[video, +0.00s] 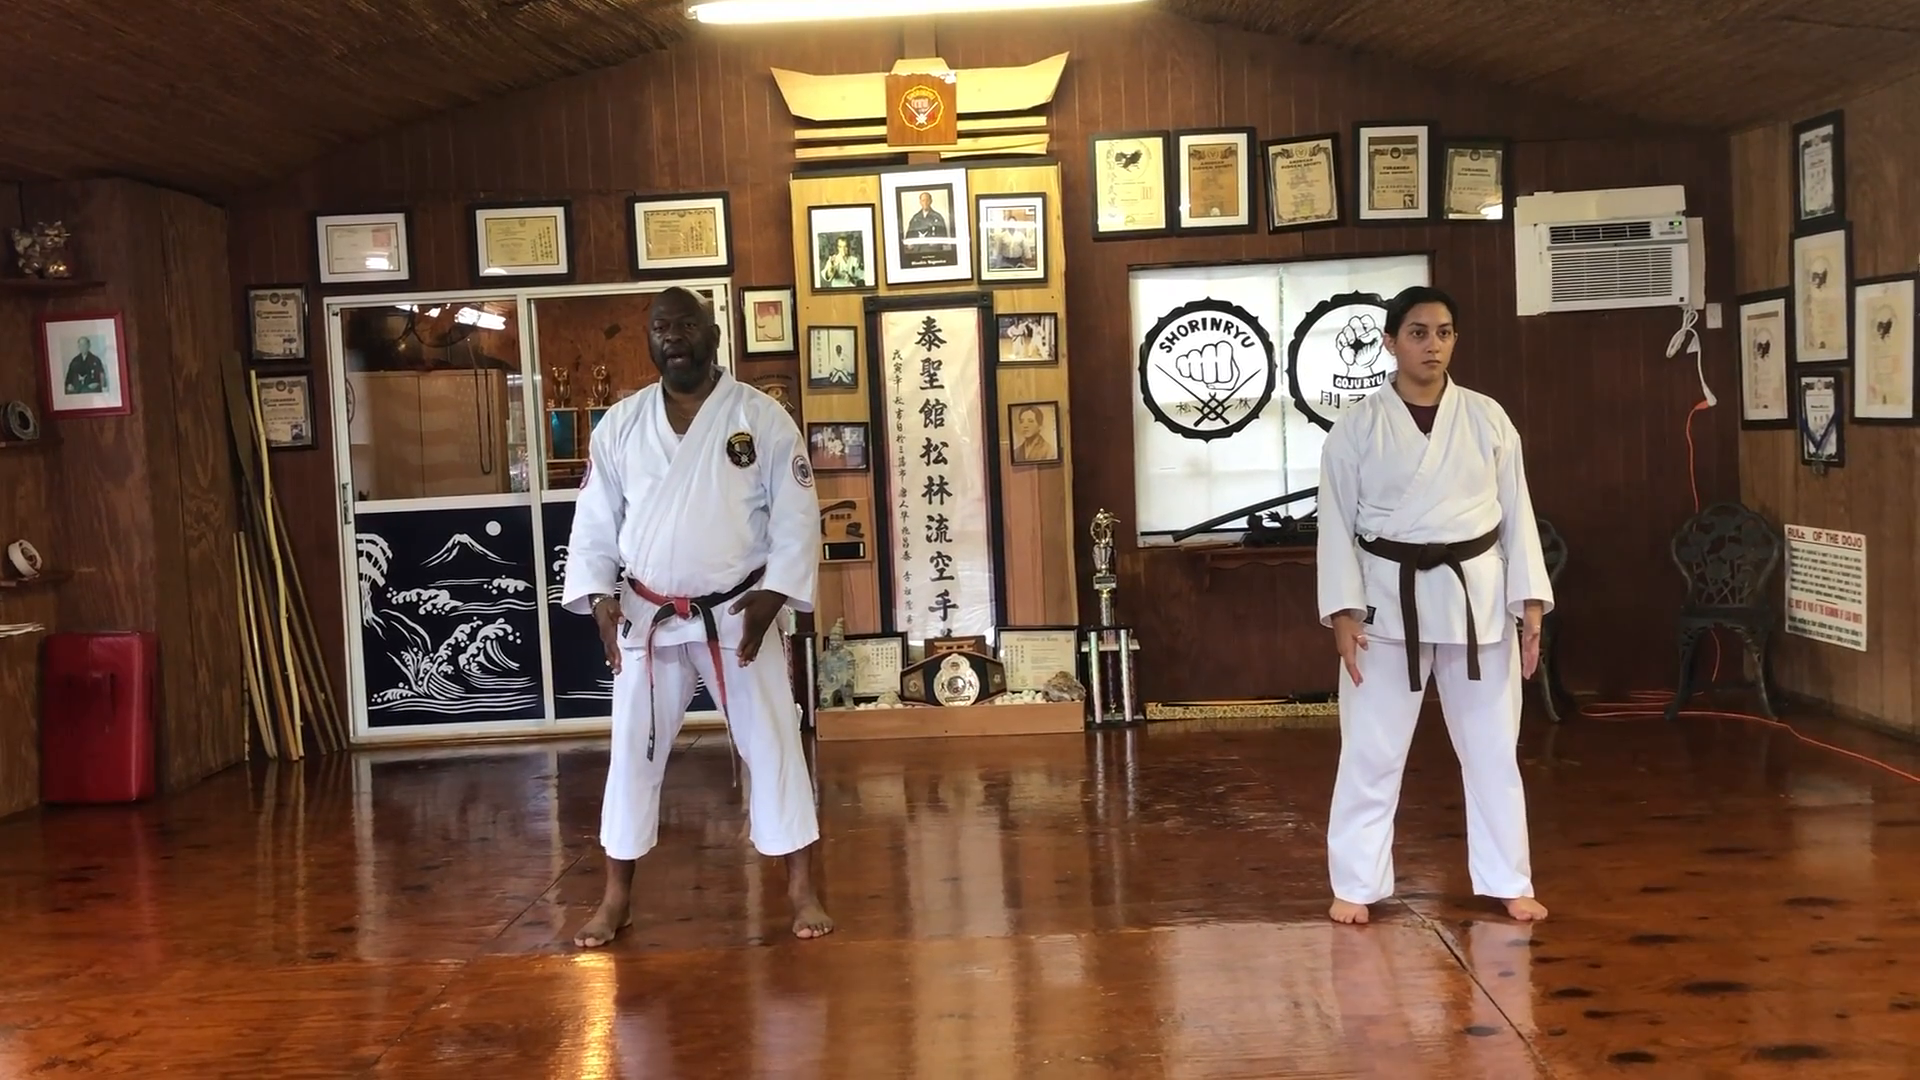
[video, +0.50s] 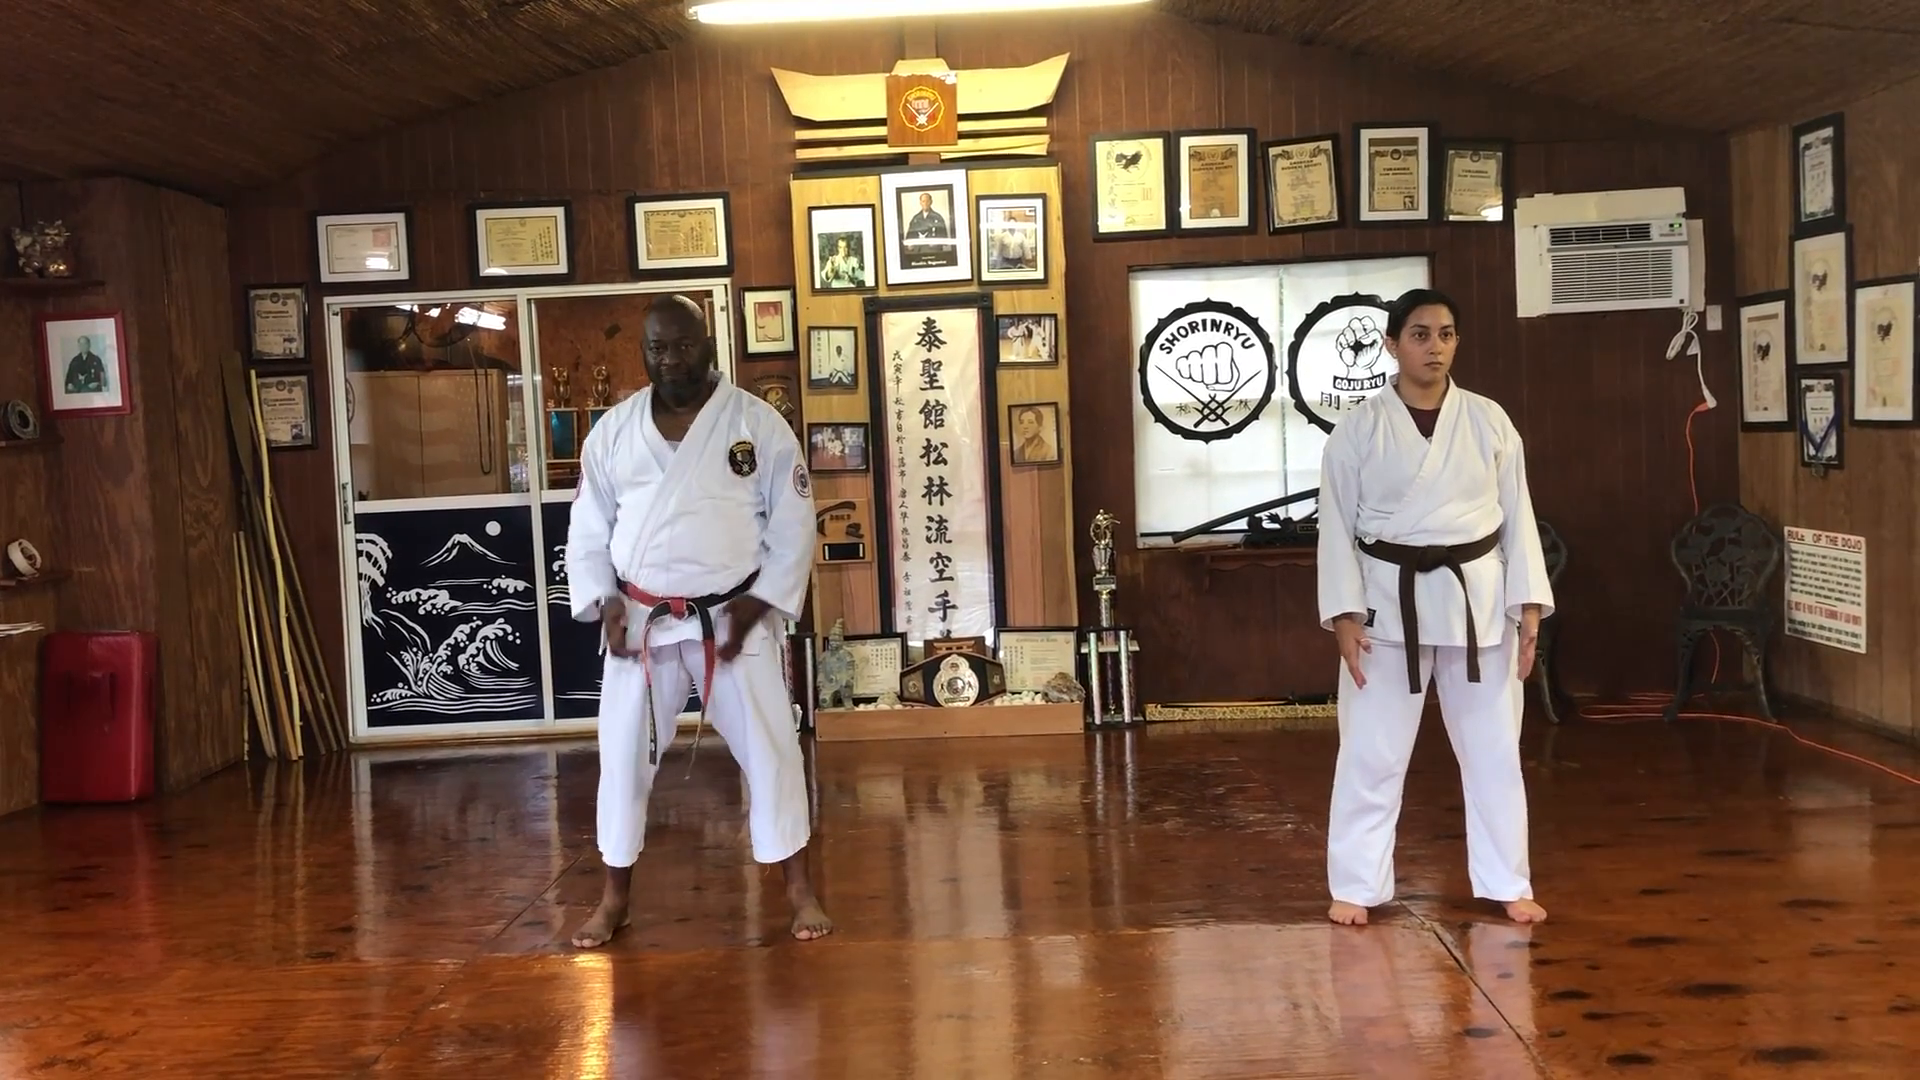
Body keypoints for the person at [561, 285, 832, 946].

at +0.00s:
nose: (673, 338)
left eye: (684, 326)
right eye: (661, 329)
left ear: (714, 334)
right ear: (648, 343)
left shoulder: (762, 418)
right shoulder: (619, 426)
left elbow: (797, 518)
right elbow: (595, 517)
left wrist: (772, 594)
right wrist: (599, 594)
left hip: (738, 607)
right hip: (647, 612)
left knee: (775, 745)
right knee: (631, 752)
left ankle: (804, 889)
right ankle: (614, 901)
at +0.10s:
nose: (673, 340)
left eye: (685, 328)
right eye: (661, 331)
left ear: (714, 335)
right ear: (647, 344)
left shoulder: (761, 418)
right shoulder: (618, 426)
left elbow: (795, 518)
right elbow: (595, 517)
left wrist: (770, 593)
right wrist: (600, 594)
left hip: (737, 608)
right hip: (647, 612)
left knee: (774, 744)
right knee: (631, 751)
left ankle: (803, 889)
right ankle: (614, 900)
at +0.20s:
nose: (673, 341)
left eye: (685, 328)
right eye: (661, 332)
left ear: (714, 335)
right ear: (647, 345)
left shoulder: (762, 420)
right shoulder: (617, 427)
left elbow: (795, 519)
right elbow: (595, 518)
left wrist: (767, 596)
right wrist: (600, 595)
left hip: (738, 609)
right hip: (646, 613)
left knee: (774, 746)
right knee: (630, 752)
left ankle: (803, 889)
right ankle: (614, 900)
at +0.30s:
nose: (671, 344)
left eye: (683, 332)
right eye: (659, 335)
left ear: (713, 338)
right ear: (646, 347)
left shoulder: (761, 420)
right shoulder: (616, 428)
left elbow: (795, 520)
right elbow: (594, 521)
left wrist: (765, 597)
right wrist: (601, 596)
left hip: (737, 609)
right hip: (645, 614)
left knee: (774, 746)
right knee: (627, 752)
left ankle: (803, 889)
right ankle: (613, 899)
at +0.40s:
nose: (672, 352)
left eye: (684, 338)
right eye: (660, 342)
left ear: (711, 341)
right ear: (644, 352)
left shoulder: (760, 422)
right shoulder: (614, 433)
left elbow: (795, 523)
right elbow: (593, 528)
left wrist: (762, 600)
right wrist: (608, 606)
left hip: (736, 612)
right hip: (642, 616)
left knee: (773, 748)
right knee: (623, 755)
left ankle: (802, 889)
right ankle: (613, 899)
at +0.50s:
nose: (668, 360)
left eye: (681, 346)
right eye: (656, 349)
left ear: (707, 344)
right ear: (642, 354)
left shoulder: (757, 424)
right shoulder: (611, 432)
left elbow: (793, 522)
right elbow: (589, 524)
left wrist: (759, 600)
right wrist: (602, 598)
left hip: (734, 615)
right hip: (639, 619)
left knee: (772, 750)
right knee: (622, 757)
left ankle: (800, 889)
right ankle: (612, 898)